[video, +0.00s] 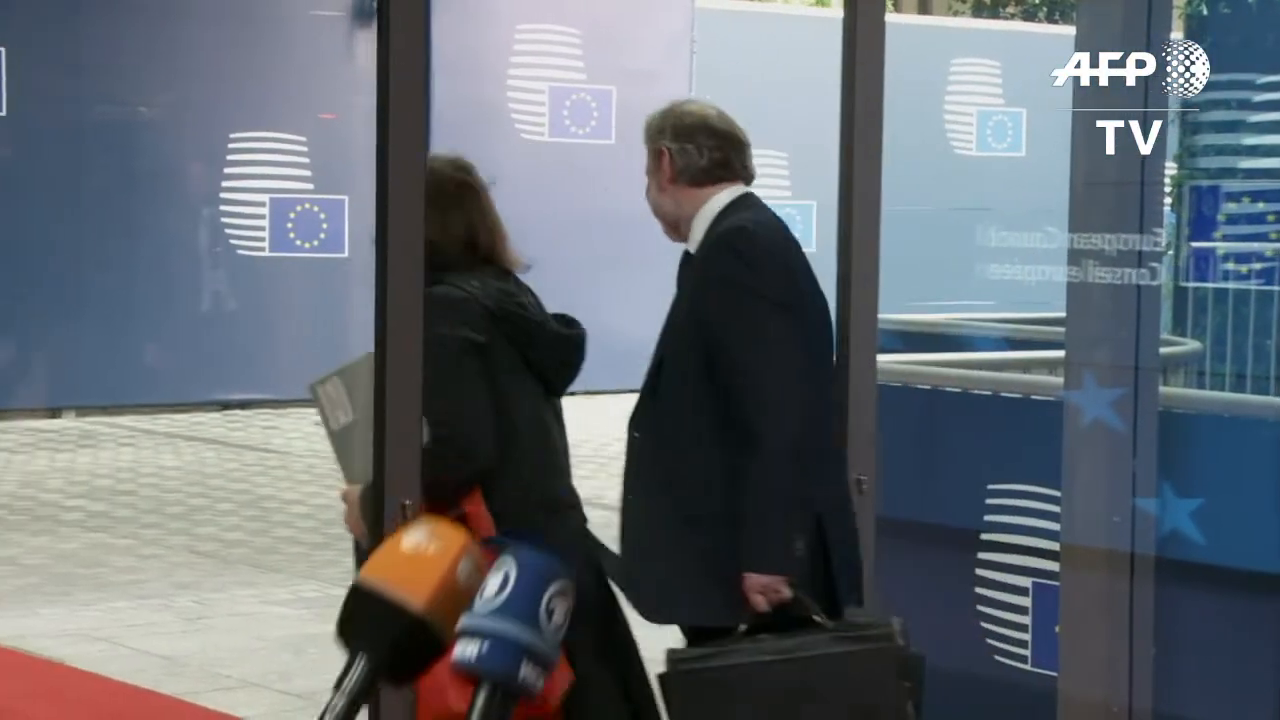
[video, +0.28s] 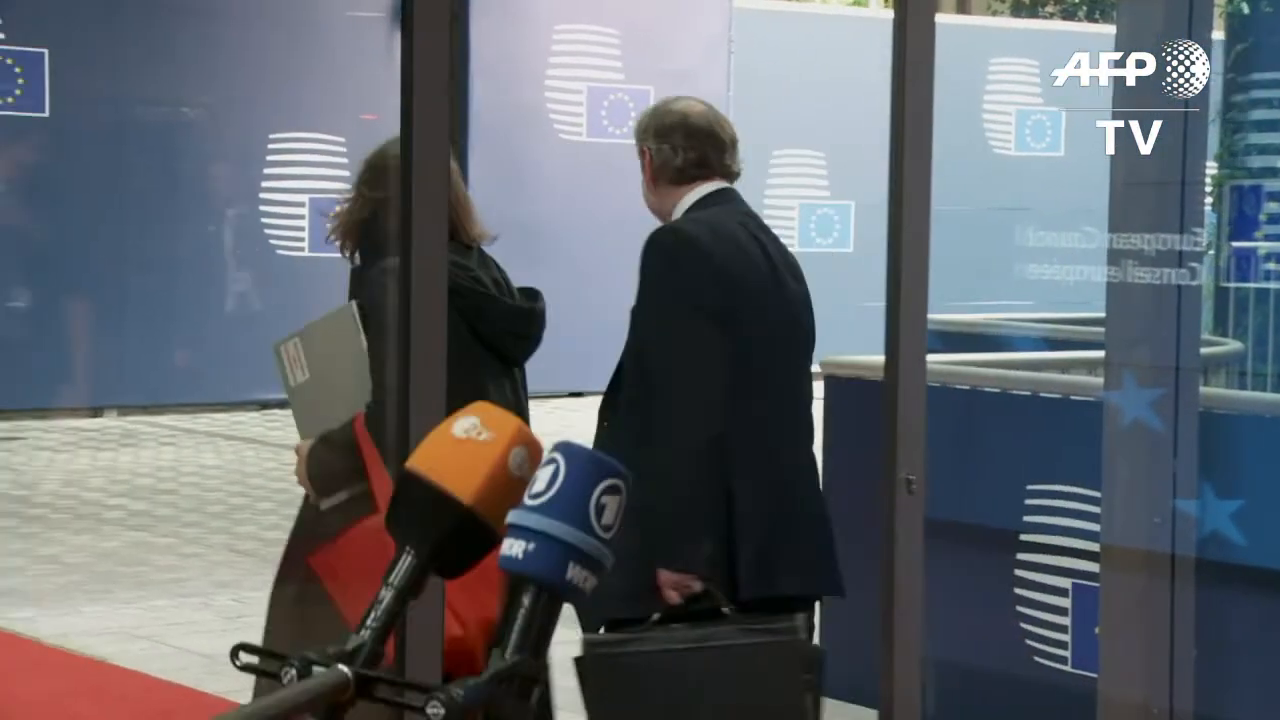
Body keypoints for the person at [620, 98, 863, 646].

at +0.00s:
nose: (647, 193)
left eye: (647, 174)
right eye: (646, 176)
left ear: (667, 166)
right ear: (730, 163)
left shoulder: (737, 248)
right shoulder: (746, 239)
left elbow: (774, 410)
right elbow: (774, 408)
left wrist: (765, 553)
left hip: (739, 570)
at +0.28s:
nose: (641, 178)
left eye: (639, 163)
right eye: (640, 163)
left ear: (650, 165)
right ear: (728, 160)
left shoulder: (680, 247)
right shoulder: (771, 251)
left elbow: (680, 407)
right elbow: (776, 409)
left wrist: (679, 548)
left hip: (698, 552)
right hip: (773, 541)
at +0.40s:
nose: (630, 188)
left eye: (628, 175)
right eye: (630, 175)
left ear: (639, 178)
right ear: (716, 172)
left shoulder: (652, 255)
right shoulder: (770, 265)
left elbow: (644, 411)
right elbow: (769, 416)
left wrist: (636, 551)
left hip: (678, 556)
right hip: (766, 552)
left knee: (672, 708)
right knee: (759, 709)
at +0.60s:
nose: (595, 190)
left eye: (595, 180)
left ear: (602, 186)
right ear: (680, 177)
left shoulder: (596, 268)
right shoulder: (743, 274)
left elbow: (588, 420)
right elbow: (764, 413)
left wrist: (570, 550)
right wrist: (737, 508)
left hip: (626, 547)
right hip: (727, 540)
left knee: (624, 702)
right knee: (727, 702)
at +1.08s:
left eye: (562, 187)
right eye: (645, 175)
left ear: (566, 192)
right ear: (641, 184)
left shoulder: (537, 266)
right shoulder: (703, 274)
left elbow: (509, 407)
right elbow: (745, 413)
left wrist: (501, 524)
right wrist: (749, 531)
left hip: (569, 525)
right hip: (675, 526)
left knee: (592, 689)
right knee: (656, 688)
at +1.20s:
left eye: (564, 185)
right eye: (647, 177)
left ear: (568, 191)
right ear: (643, 186)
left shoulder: (537, 264)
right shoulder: (698, 277)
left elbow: (507, 399)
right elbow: (733, 415)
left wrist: (491, 514)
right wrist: (732, 524)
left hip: (564, 520)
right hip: (667, 517)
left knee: (591, 678)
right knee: (664, 677)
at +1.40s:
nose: (559, 165)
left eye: (559, 157)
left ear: (564, 165)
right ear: (633, 165)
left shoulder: (524, 240)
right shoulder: (682, 255)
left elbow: (496, 376)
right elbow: (701, 383)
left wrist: (483, 494)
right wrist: (690, 491)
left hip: (542, 485)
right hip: (643, 488)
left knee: (527, 661)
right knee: (629, 661)